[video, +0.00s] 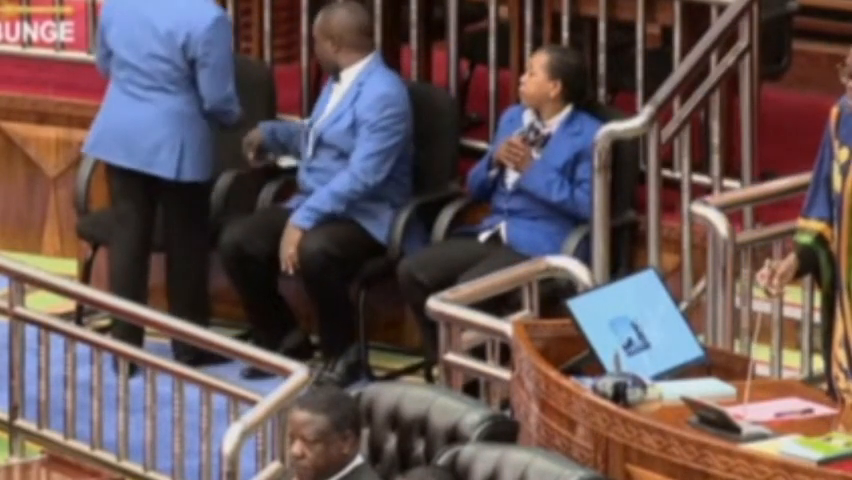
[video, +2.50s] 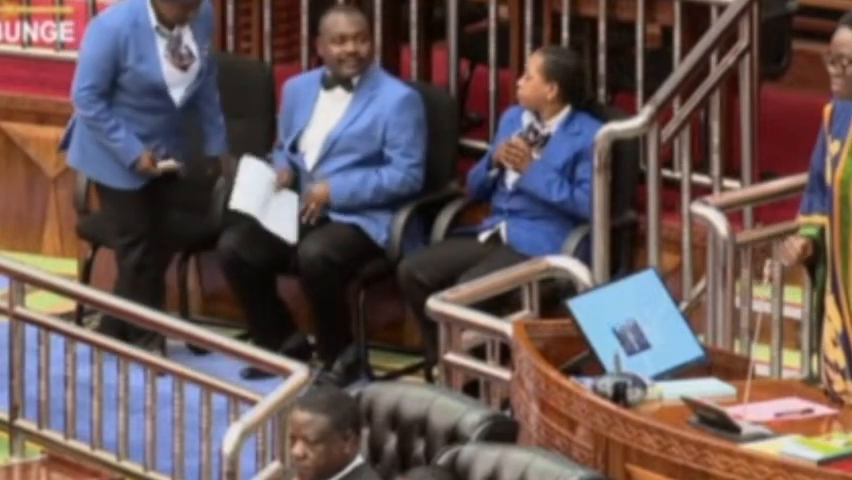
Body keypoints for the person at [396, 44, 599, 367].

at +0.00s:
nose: (522, 80)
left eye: (531, 74)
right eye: (525, 72)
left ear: (555, 88)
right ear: (551, 88)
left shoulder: (590, 135)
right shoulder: (513, 119)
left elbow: (589, 207)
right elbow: (476, 189)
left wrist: (530, 170)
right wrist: (495, 163)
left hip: (538, 250)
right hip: (494, 238)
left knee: (461, 298)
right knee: (413, 271)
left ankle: (480, 381)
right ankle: (448, 367)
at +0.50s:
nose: (521, 80)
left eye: (530, 75)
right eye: (524, 72)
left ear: (554, 88)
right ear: (551, 87)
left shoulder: (590, 135)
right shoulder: (513, 119)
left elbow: (589, 207)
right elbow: (475, 189)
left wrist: (530, 171)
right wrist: (495, 163)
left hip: (538, 250)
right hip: (494, 238)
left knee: (461, 298)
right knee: (413, 271)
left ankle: (483, 380)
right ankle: (448, 365)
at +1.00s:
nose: (520, 79)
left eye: (529, 74)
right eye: (524, 72)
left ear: (552, 87)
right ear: (550, 87)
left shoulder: (590, 135)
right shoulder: (513, 119)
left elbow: (590, 207)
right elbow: (475, 189)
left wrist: (530, 171)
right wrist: (495, 163)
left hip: (539, 250)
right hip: (494, 237)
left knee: (462, 297)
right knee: (414, 271)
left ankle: (483, 380)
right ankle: (448, 365)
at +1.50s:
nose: (520, 80)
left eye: (529, 75)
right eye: (523, 73)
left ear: (552, 88)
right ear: (550, 87)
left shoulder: (589, 135)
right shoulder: (513, 119)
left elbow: (590, 207)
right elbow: (475, 189)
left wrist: (530, 171)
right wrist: (495, 163)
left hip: (538, 250)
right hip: (494, 237)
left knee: (462, 297)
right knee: (414, 271)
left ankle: (482, 380)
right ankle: (446, 365)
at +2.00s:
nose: (519, 81)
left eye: (528, 76)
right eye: (523, 73)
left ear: (552, 89)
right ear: (549, 88)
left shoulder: (589, 135)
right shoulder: (512, 120)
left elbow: (590, 206)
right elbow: (475, 190)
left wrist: (529, 172)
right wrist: (494, 164)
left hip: (539, 251)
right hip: (494, 236)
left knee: (462, 296)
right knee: (414, 271)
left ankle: (482, 381)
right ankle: (445, 366)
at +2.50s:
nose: (519, 83)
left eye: (528, 78)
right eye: (522, 75)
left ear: (552, 90)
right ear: (549, 89)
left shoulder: (589, 135)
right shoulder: (512, 120)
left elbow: (590, 206)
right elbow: (475, 190)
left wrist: (529, 171)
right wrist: (495, 164)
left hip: (539, 250)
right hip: (494, 236)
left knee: (463, 296)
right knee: (414, 271)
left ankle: (483, 380)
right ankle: (445, 366)